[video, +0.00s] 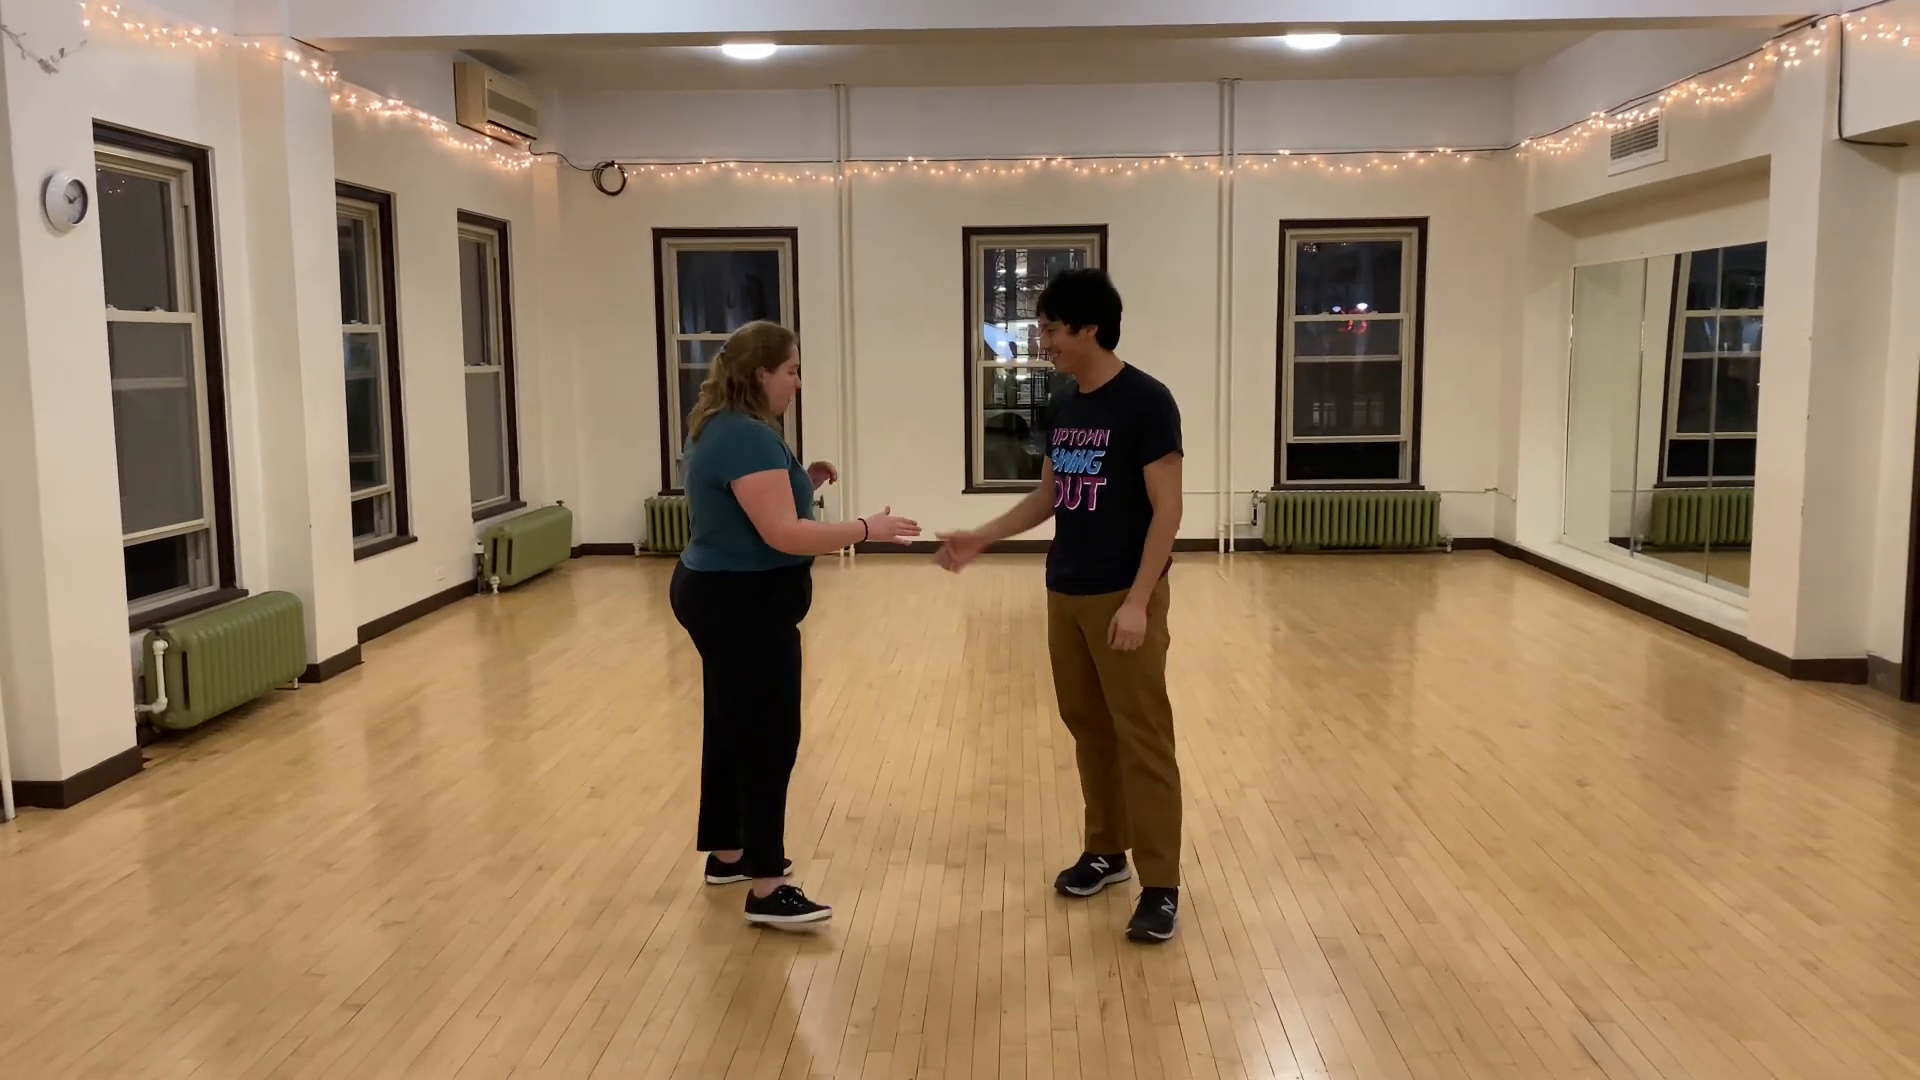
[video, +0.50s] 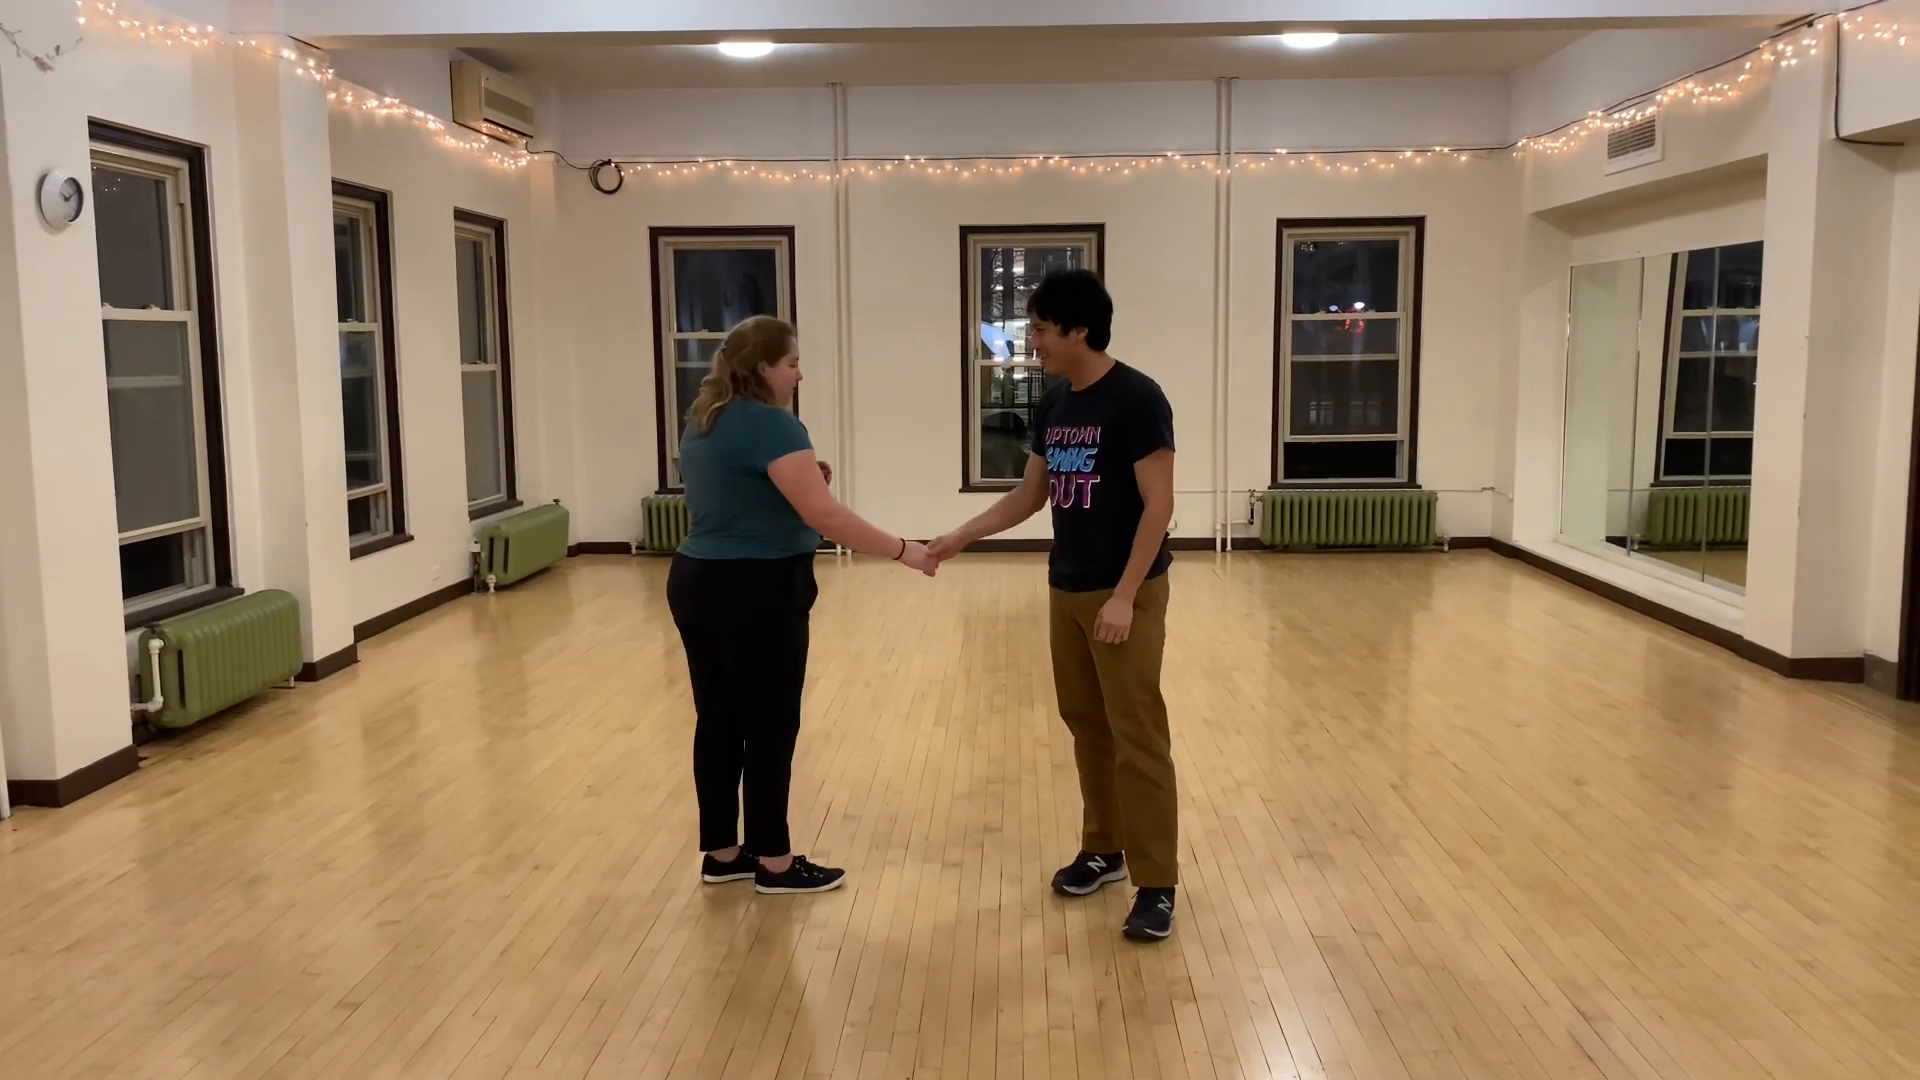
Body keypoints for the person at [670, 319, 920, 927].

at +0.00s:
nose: (797, 383)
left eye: (797, 372)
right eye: (792, 371)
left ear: (752, 374)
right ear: (759, 373)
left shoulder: (723, 429)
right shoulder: (746, 439)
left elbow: (746, 509)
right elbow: (786, 534)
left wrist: (802, 483)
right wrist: (865, 530)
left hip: (719, 592)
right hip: (747, 602)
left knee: (730, 723)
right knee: (771, 735)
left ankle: (725, 851)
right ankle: (768, 885)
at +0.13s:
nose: (796, 380)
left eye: (796, 368)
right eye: (790, 368)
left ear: (749, 372)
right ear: (757, 371)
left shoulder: (723, 424)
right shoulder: (742, 433)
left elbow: (750, 500)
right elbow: (793, 525)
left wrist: (803, 479)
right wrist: (874, 524)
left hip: (716, 588)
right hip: (746, 595)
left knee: (729, 717)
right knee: (783, 725)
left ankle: (724, 851)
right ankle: (769, 871)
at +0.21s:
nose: (795, 379)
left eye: (795, 368)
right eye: (789, 368)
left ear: (748, 371)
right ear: (757, 370)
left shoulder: (721, 423)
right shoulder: (743, 432)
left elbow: (748, 499)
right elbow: (797, 522)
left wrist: (803, 478)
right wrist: (881, 521)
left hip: (714, 589)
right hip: (747, 595)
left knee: (728, 717)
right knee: (785, 723)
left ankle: (724, 852)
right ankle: (771, 867)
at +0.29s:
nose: (796, 377)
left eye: (796, 366)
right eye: (789, 366)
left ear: (746, 370)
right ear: (757, 369)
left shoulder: (717, 422)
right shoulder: (750, 429)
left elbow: (741, 501)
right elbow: (807, 516)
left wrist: (800, 480)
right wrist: (890, 520)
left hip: (708, 586)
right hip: (749, 591)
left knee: (723, 718)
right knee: (781, 721)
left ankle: (724, 851)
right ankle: (777, 861)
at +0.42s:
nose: (797, 377)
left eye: (796, 365)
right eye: (790, 365)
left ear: (741, 369)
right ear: (759, 369)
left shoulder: (711, 421)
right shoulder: (762, 427)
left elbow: (732, 491)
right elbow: (824, 515)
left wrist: (798, 473)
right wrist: (902, 538)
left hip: (704, 587)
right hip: (756, 591)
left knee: (720, 720)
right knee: (774, 723)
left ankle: (722, 851)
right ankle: (777, 859)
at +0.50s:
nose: (799, 374)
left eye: (797, 363)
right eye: (792, 364)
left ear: (739, 368)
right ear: (763, 368)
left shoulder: (704, 423)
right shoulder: (771, 427)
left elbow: (732, 494)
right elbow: (825, 516)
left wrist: (802, 475)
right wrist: (903, 549)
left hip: (701, 586)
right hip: (762, 590)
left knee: (718, 719)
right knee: (771, 725)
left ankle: (722, 852)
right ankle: (775, 859)